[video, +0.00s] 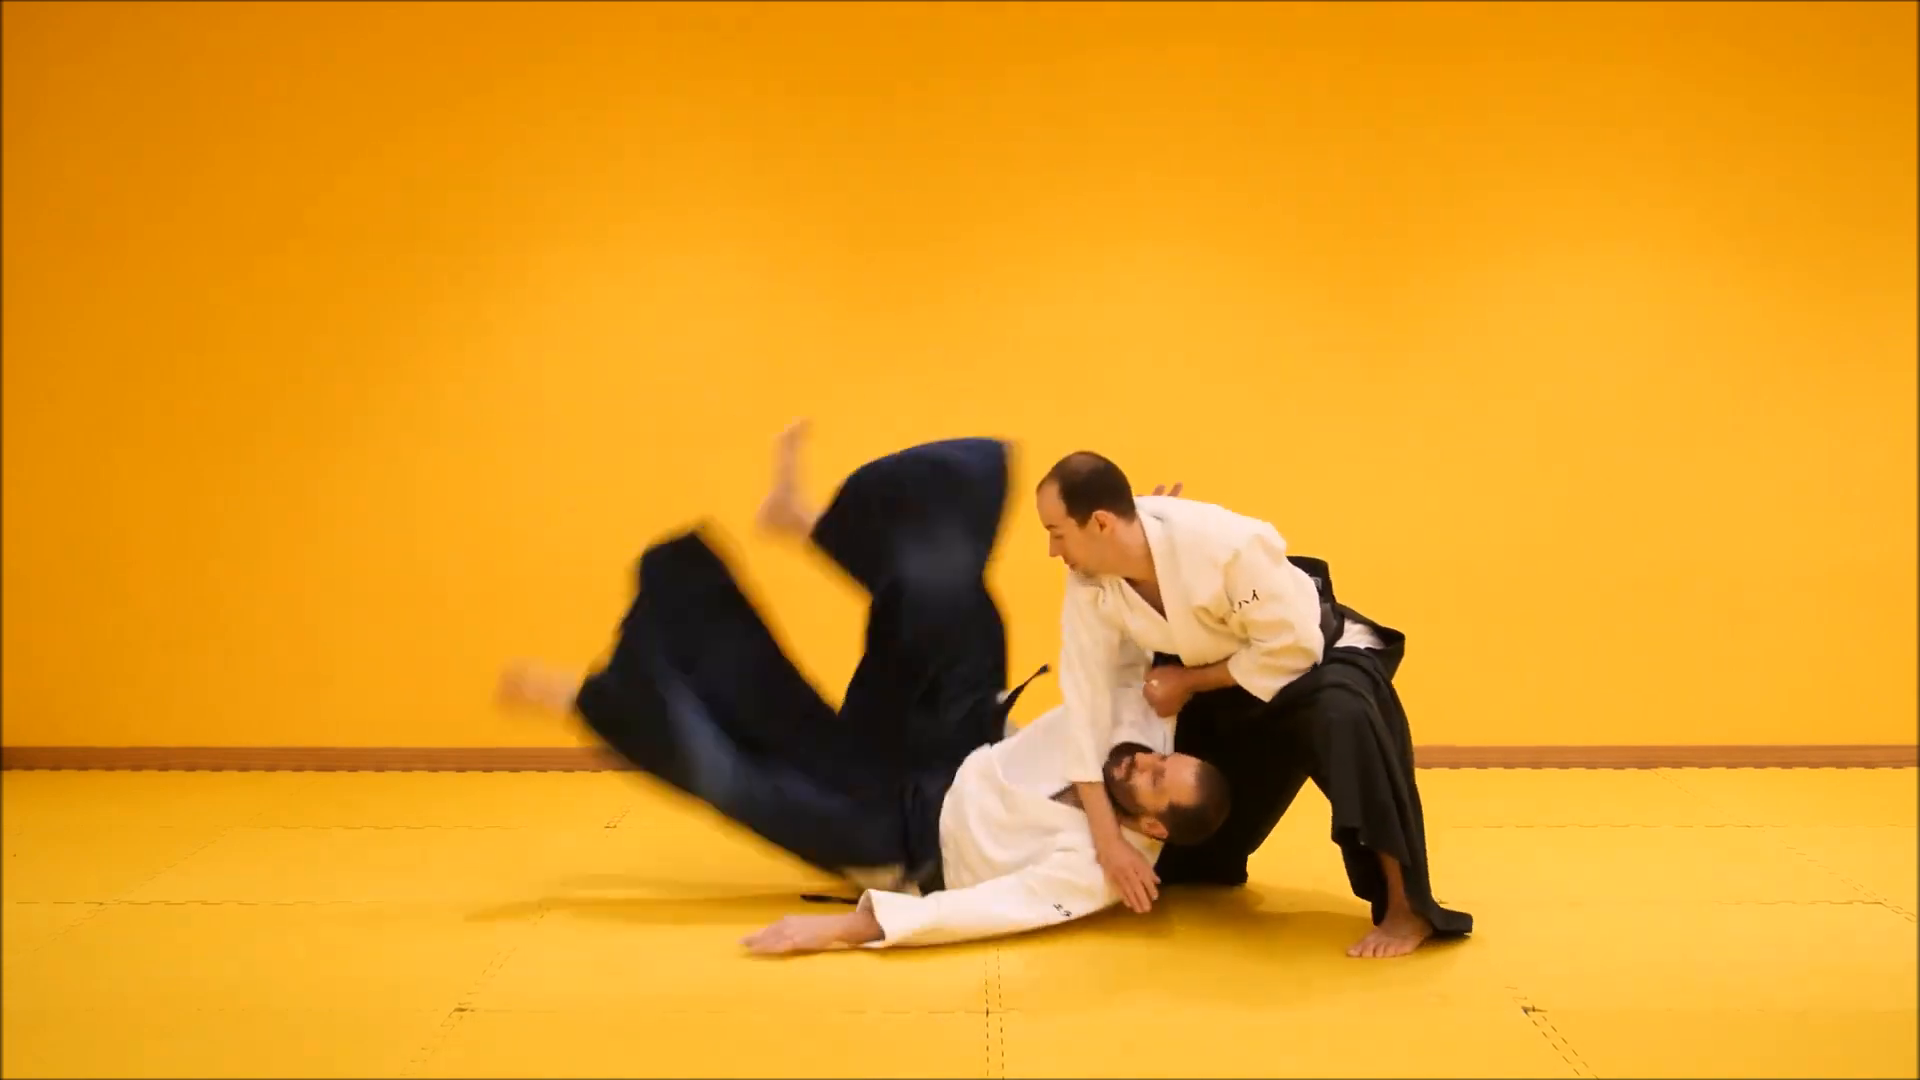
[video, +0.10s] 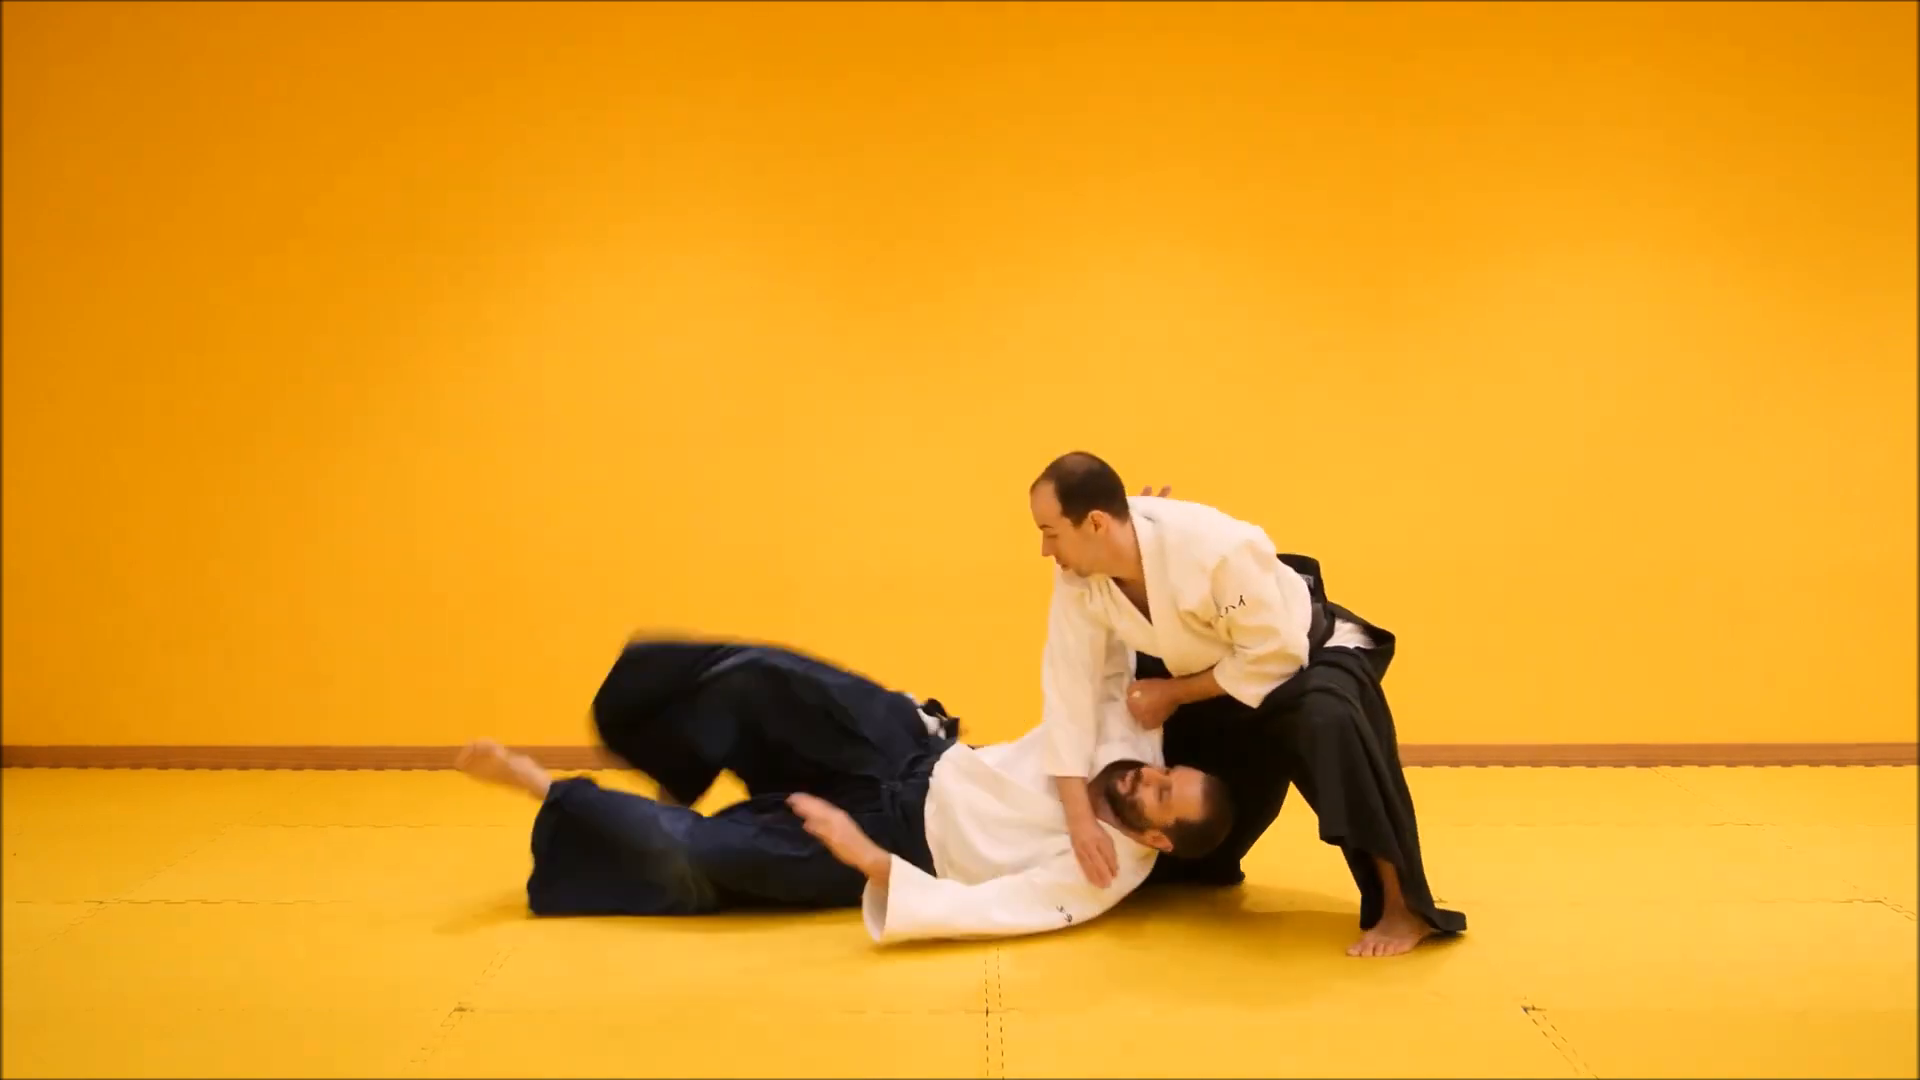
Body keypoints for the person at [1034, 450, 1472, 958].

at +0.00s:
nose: (1053, 549)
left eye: (1057, 533)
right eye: (1049, 533)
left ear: (1102, 523)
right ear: (1099, 524)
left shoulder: (1225, 543)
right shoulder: (1090, 584)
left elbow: (1294, 646)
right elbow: (1086, 698)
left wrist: (1190, 681)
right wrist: (1104, 836)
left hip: (1323, 660)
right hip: (1221, 693)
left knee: (1338, 709)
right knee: (1188, 857)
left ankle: (1403, 906)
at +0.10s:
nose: (1045, 548)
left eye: (1050, 532)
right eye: (1042, 533)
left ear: (1097, 523)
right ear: (1091, 525)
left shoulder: (1218, 547)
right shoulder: (1080, 576)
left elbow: (1277, 653)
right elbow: (1070, 683)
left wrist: (1175, 693)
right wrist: (1078, 812)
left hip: (1312, 655)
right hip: (1209, 685)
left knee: (1322, 714)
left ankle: (1399, 902)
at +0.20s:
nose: (1039, 526)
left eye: (1046, 511)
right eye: (1036, 511)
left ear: (1095, 503)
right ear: (1088, 503)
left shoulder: (1209, 539)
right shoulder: (1074, 549)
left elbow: (1256, 654)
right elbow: (1042, 646)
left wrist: (1154, 695)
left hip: (1301, 648)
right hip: (1191, 660)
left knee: (1306, 721)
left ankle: (1395, 906)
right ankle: (1186, 857)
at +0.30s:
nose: (1043, 489)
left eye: (1052, 474)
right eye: (1040, 474)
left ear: (1103, 468)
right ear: (1095, 468)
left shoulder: (1191, 521)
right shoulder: (1078, 511)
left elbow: (1213, 650)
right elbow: (1036, 595)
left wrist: (1116, 688)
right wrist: (978, 693)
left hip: (1299, 646)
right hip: (1203, 646)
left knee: (1299, 723)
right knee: (1079, 675)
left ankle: (1391, 909)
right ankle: (1170, 856)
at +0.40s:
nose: (1065, 445)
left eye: (1072, 431)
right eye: (1061, 432)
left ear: (1121, 422)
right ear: (1112, 422)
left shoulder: (1194, 489)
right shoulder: (1095, 468)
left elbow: (1176, 626)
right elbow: (1057, 554)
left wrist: (1072, 659)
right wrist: (1004, 632)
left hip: (1293, 639)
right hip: (1206, 642)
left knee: (1295, 730)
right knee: (1090, 694)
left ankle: (1389, 911)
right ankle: (1152, 863)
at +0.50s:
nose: (1094, 397)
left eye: (1103, 380)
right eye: (1090, 381)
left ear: (1151, 373)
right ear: (1136, 377)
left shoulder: (1205, 446)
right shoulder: (1125, 430)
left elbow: (1164, 578)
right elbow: (1104, 529)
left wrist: (1069, 635)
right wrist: (1047, 597)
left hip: (1300, 621)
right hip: (1208, 619)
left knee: (1284, 730)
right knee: (1104, 702)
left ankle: (1393, 909)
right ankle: (1086, 860)